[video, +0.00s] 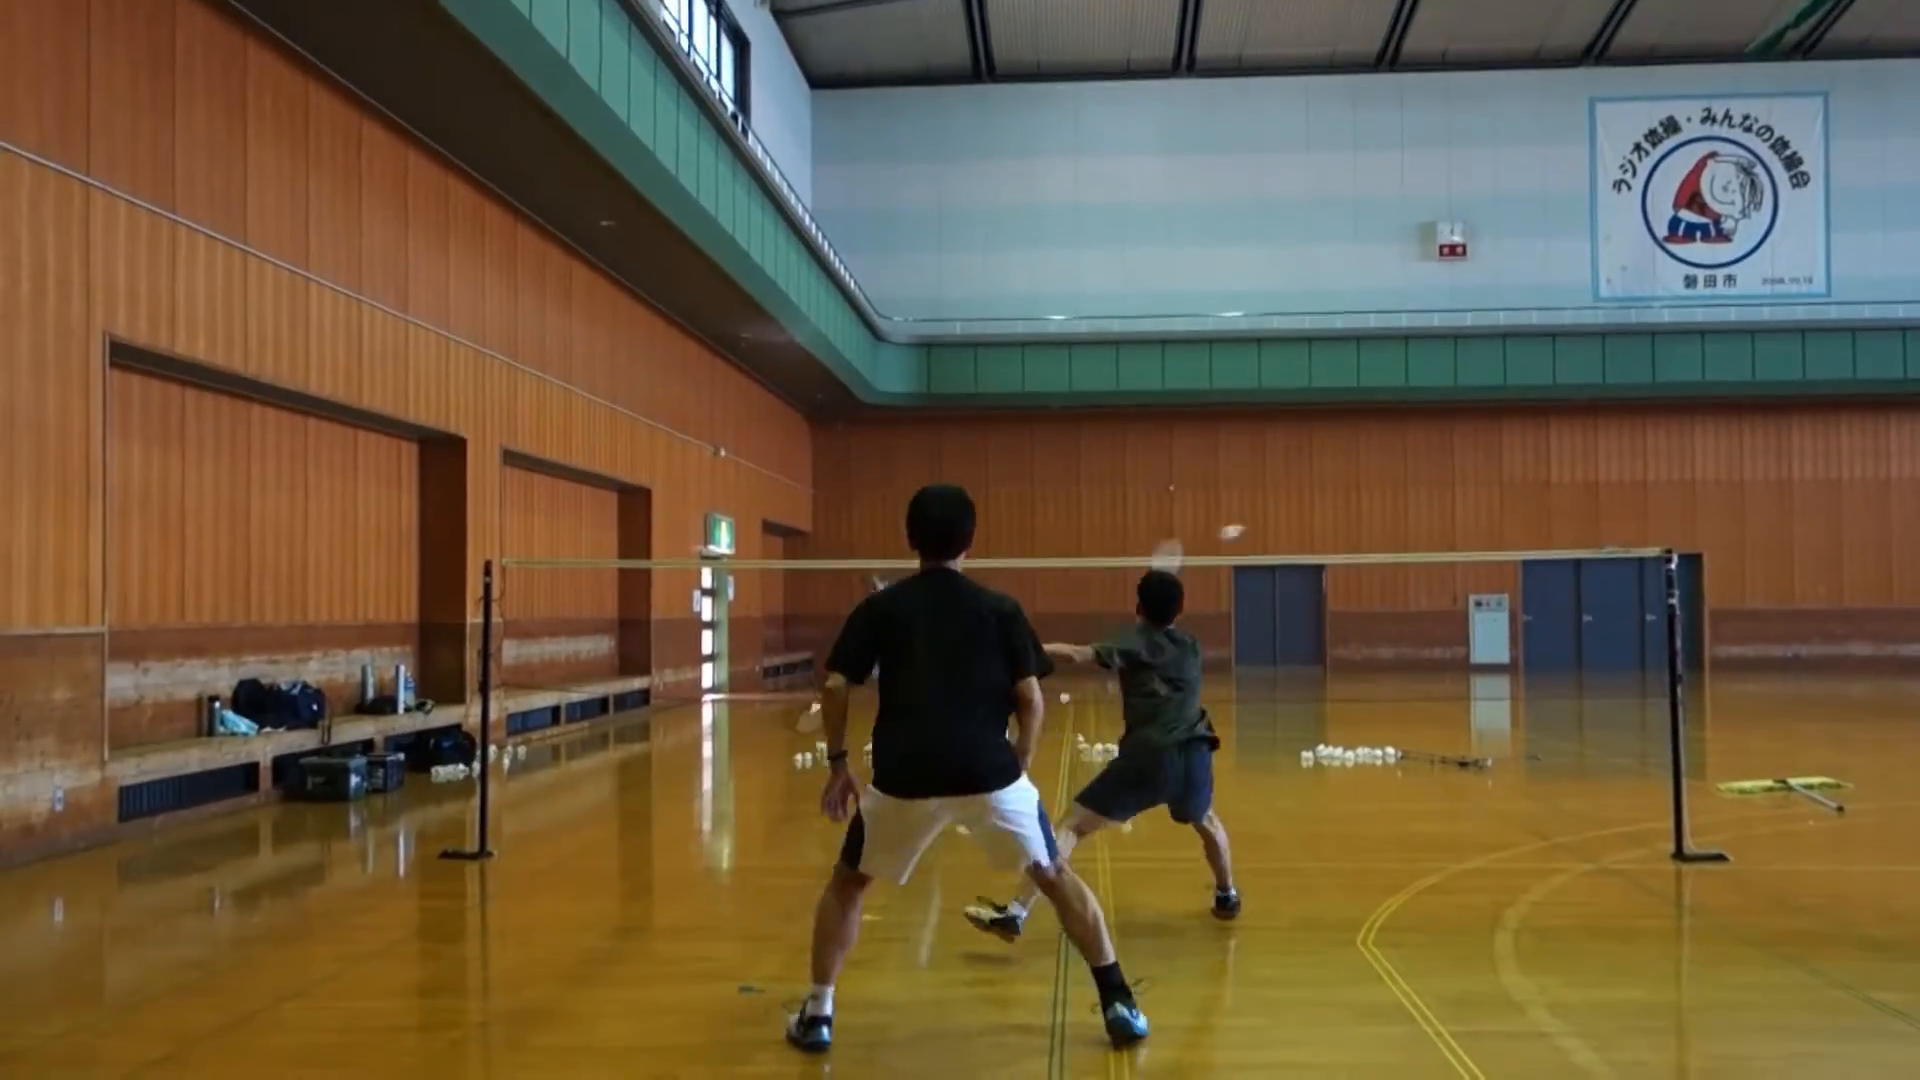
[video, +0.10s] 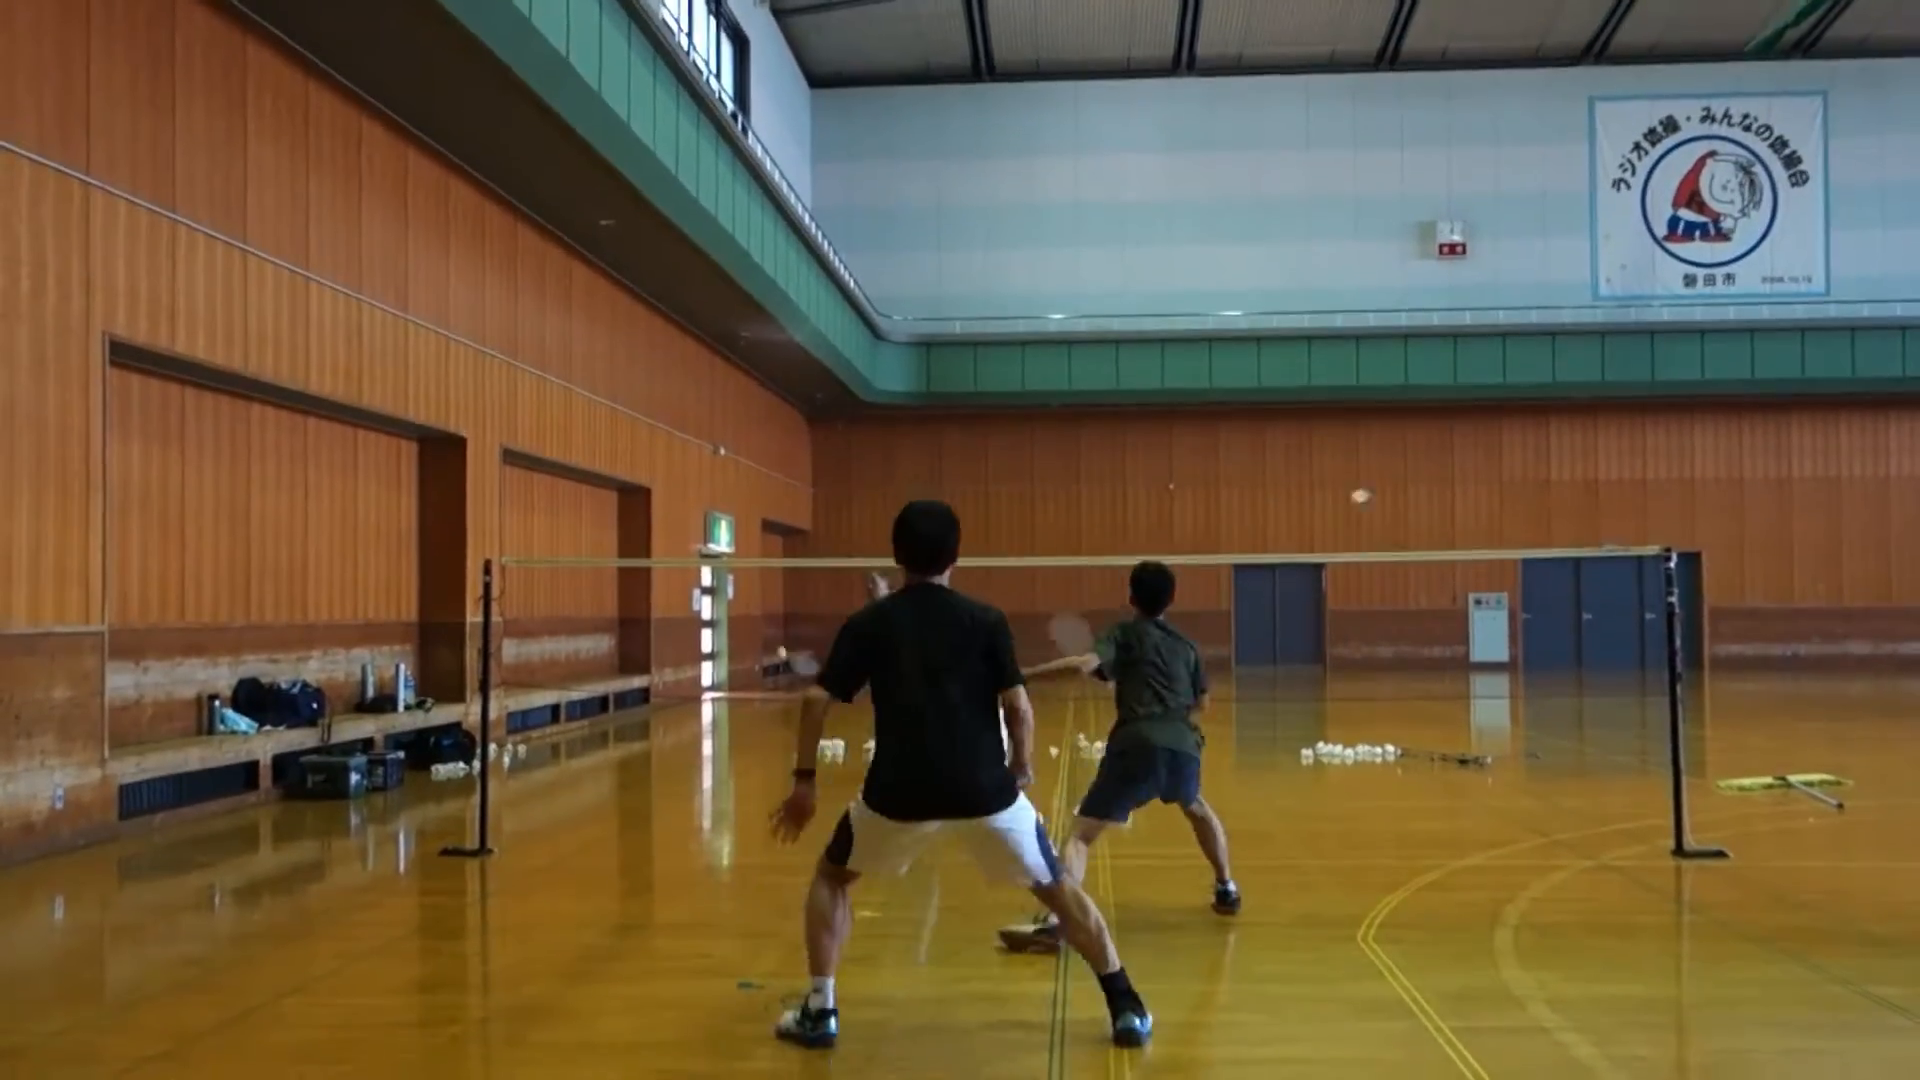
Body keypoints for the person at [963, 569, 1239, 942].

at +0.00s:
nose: (1137, 602)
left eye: (1140, 597)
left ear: (1139, 606)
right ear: (1177, 611)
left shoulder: (1135, 645)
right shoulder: (1189, 646)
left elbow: (1076, 654)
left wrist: (1025, 648)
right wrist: (1162, 581)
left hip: (1146, 759)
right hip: (1194, 758)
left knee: (1074, 828)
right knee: (1207, 821)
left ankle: (1016, 912)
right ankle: (1227, 894)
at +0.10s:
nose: (1128, 597)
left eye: (1130, 591)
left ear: (1132, 598)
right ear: (1169, 601)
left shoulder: (1123, 634)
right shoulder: (1186, 646)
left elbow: (1083, 664)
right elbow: (1199, 703)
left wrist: (1021, 675)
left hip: (1135, 746)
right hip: (1183, 747)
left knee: (1082, 836)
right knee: (1196, 806)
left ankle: (1058, 922)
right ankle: (1226, 886)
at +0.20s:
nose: (1113, 570)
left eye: (1114, 564)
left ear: (1115, 569)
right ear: (1153, 574)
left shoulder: (1098, 604)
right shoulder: (1171, 629)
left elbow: (1076, 648)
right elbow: (1188, 701)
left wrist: (1039, 695)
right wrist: (1169, 739)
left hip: (1103, 723)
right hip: (1153, 727)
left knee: (1045, 804)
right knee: (1183, 801)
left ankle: (1046, 878)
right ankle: (1217, 879)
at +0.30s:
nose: (1090, 570)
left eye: (1091, 564)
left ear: (1090, 568)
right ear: (1129, 571)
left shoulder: (1071, 610)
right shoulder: (1151, 624)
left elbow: (1052, 670)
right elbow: (1161, 694)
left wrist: (1023, 717)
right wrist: (1144, 726)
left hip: (1079, 725)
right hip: (1133, 728)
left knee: (1012, 796)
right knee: (1161, 794)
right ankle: (1196, 873)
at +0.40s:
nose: (1062, 576)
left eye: (1063, 571)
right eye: (1071, 571)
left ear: (1064, 577)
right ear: (1100, 579)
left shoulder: (1048, 622)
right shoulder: (1119, 631)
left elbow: (1020, 675)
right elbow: (1124, 696)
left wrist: (975, 715)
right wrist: (1110, 737)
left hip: (1050, 739)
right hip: (1105, 741)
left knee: (978, 798)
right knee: (1152, 808)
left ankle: (947, 887)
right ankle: (1195, 883)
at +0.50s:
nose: (1001, 586)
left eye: (1004, 581)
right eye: (1005, 580)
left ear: (1007, 589)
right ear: (1042, 592)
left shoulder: (1002, 637)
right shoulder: (1052, 637)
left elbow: (979, 681)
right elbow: (1054, 698)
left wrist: (935, 717)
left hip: (1014, 752)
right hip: (1058, 753)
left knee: (933, 815)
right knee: (1100, 830)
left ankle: (959, 906)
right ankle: (1178, 891)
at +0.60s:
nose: (922, 595)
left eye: (925, 589)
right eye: (924, 588)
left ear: (931, 596)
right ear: (963, 598)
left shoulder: (951, 644)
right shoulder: (967, 637)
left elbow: (920, 716)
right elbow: (951, 708)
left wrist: (875, 740)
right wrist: (921, 748)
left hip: (981, 754)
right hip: (1009, 749)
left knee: (913, 828)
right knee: (1007, 838)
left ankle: (956, 917)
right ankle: (1086, 865)